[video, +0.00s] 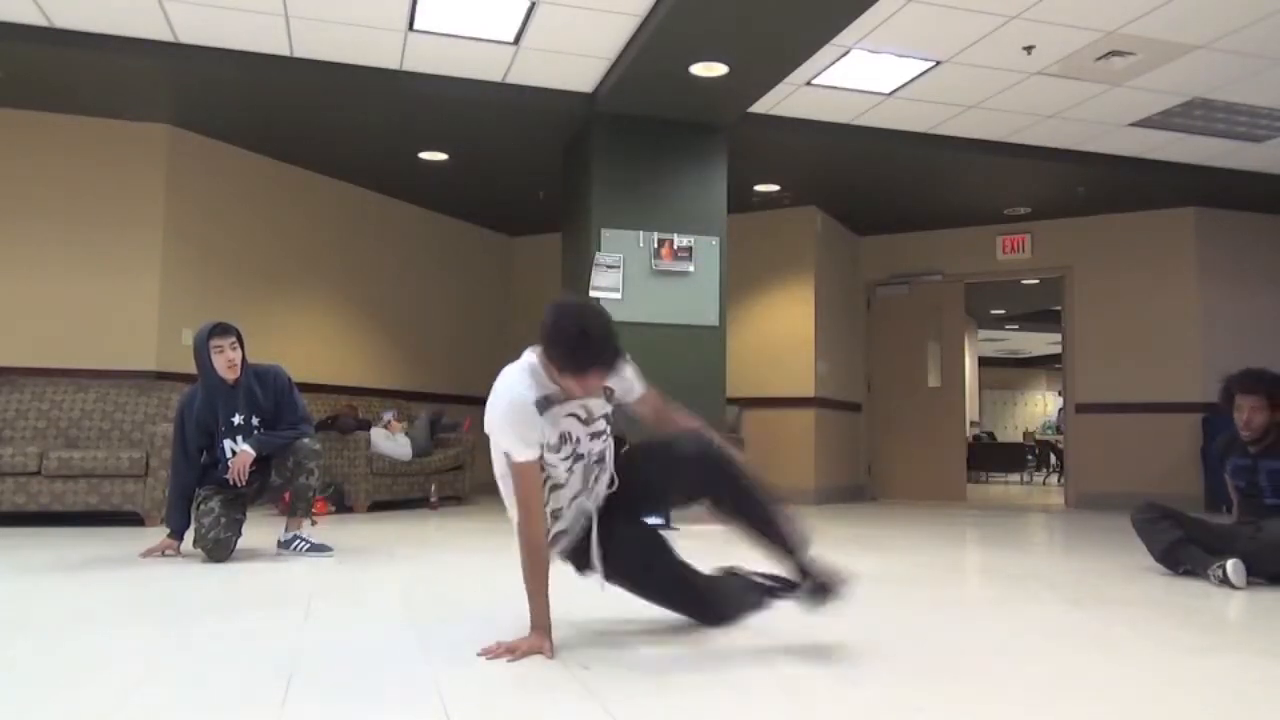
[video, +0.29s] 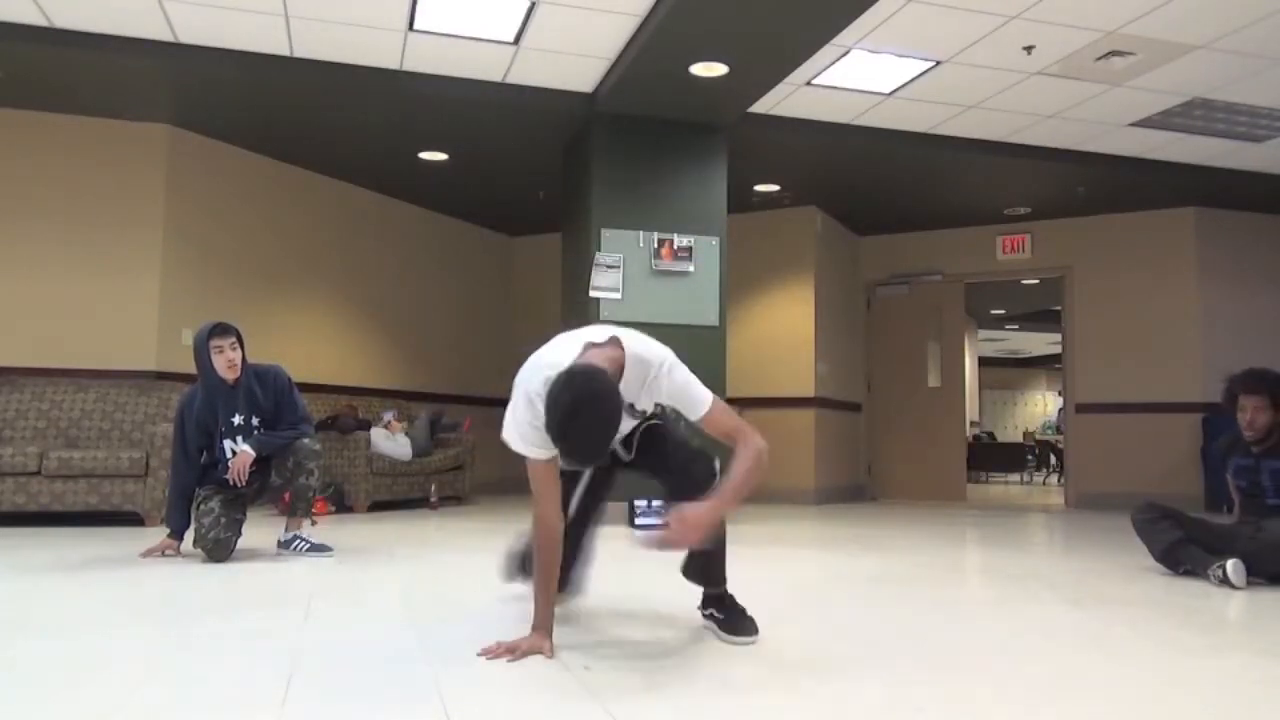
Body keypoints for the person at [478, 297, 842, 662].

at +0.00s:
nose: (598, 388)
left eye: (602, 377)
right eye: (587, 381)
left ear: (607, 358)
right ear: (557, 367)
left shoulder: (606, 360)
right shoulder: (516, 401)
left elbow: (658, 411)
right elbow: (530, 523)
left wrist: (721, 450)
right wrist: (539, 631)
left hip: (618, 473)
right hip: (584, 529)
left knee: (701, 458)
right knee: (711, 606)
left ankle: (802, 566)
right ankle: (751, 585)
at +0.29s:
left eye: (593, 456)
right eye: (576, 460)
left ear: (615, 407)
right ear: (549, 413)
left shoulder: (657, 367)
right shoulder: (531, 396)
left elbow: (753, 444)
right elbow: (547, 518)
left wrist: (711, 512)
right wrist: (540, 631)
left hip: (640, 426)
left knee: (699, 474)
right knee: (558, 574)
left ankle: (715, 596)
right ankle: (535, 557)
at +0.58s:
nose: (598, 421)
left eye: (610, 410)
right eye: (584, 411)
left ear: (631, 369)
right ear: (563, 377)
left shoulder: (655, 337)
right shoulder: (543, 369)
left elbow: (688, 452)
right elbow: (541, 503)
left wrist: (611, 521)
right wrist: (530, 619)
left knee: (686, 475)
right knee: (481, 480)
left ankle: (717, 594)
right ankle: (414, 583)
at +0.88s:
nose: (593, 271)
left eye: (600, 258)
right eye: (580, 261)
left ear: (620, 236)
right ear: (563, 249)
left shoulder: (665, 253)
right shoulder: (547, 263)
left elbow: (683, 366)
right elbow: (503, 363)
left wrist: (643, 447)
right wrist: (472, 455)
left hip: (649, 349)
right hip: (579, 352)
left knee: (693, 441)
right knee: (519, 451)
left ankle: (718, 592)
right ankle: (432, 582)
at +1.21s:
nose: (522, 166)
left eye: (528, 152)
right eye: (515, 156)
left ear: (560, 143)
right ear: (515, 156)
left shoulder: (621, 193)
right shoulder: (537, 206)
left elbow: (697, 249)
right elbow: (582, 270)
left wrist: (645, 319)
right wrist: (562, 320)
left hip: (643, 348)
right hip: (590, 355)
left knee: (672, 469)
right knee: (580, 471)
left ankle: (712, 594)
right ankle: (633, 558)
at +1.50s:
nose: (488, 125)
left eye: (494, 112)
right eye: (481, 116)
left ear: (523, 108)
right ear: (480, 122)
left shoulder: (562, 161)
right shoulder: (506, 175)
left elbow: (625, 226)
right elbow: (532, 243)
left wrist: (571, 288)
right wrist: (537, 303)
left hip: (580, 309)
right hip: (548, 313)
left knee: (540, 422)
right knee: (572, 432)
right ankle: (625, 543)